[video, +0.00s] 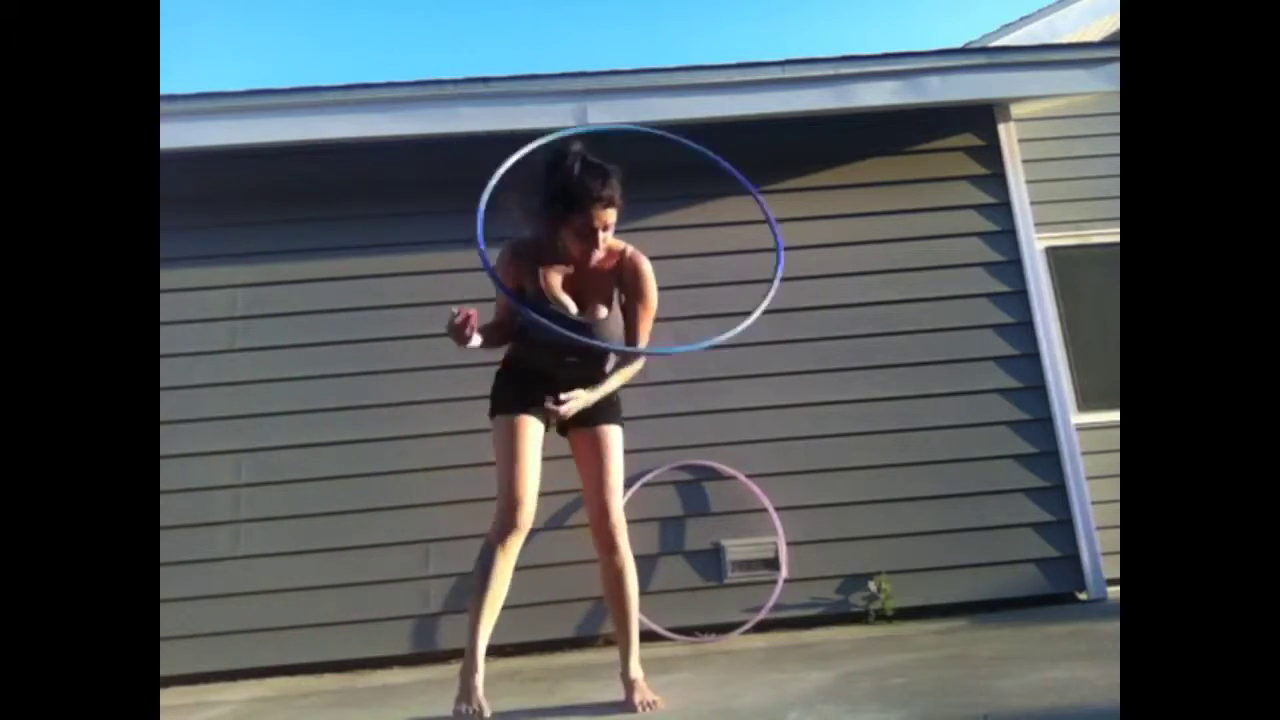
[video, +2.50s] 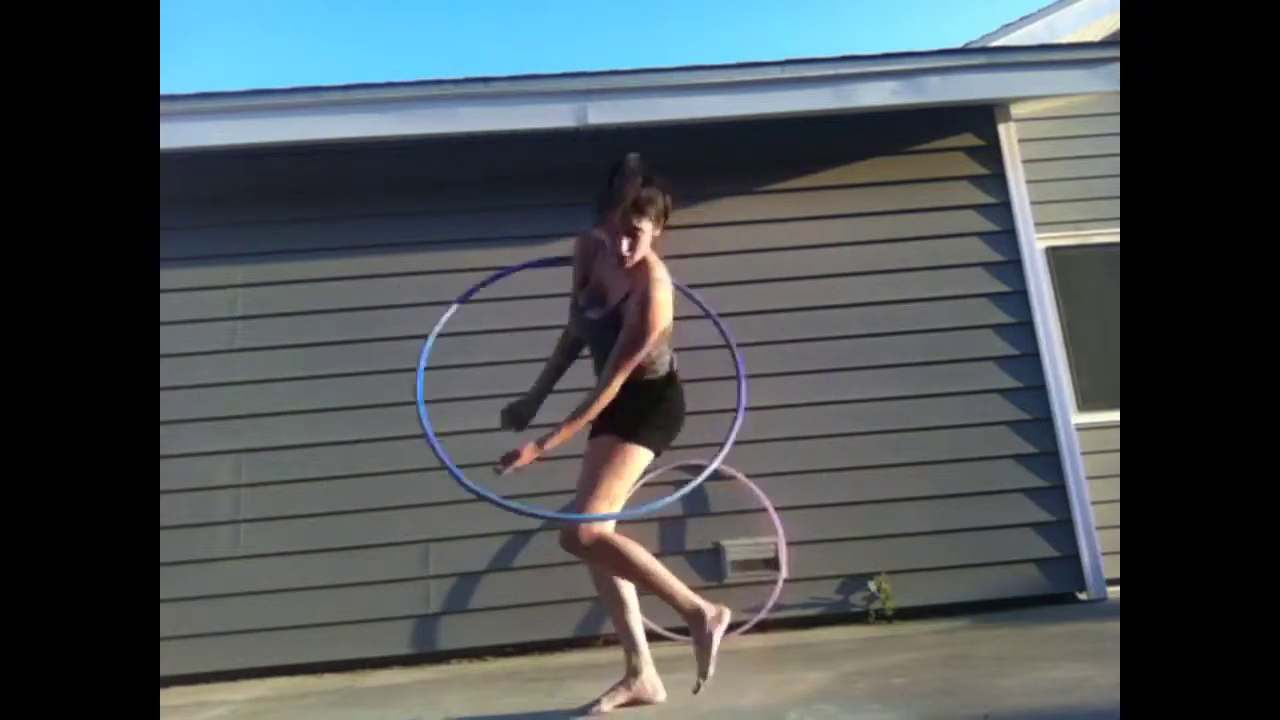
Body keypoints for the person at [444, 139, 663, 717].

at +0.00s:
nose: (599, 240)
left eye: (608, 228)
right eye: (587, 229)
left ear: (617, 217)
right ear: (558, 219)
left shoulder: (631, 267)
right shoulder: (523, 257)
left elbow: (637, 354)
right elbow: (504, 330)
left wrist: (590, 395)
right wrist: (475, 335)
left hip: (599, 384)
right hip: (526, 378)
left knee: (611, 527)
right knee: (515, 517)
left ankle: (633, 669)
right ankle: (473, 668)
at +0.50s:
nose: (602, 252)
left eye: (611, 241)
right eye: (592, 242)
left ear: (626, 224)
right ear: (568, 224)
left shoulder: (650, 270)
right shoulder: (539, 270)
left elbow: (659, 337)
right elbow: (530, 345)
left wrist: (650, 379)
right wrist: (545, 369)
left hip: (628, 380)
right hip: (563, 381)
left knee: (622, 519)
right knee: (578, 515)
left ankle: (635, 668)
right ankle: (582, 663)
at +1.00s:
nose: (615, 272)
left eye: (623, 262)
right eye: (604, 263)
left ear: (639, 247)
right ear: (583, 251)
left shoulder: (653, 273)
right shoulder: (556, 295)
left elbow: (643, 332)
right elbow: (556, 384)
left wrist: (669, 328)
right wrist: (564, 462)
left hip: (619, 390)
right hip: (558, 398)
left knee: (637, 521)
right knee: (584, 530)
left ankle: (648, 664)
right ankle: (601, 674)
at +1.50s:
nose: (640, 272)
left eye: (648, 260)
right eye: (628, 263)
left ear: (660, 244)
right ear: (603, 247)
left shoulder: (680, 290)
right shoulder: (575, 267)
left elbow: (674, 378)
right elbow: (559, 320)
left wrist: (626, 432)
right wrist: (535, 316)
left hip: (661, 387)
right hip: (596, 390)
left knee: (705, 515)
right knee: (602, 532)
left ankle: (765, 655)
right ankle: (606, 676)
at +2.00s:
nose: (729, 269)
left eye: (734, 259)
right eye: (721, 262)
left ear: (735, 251)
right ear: (695, 249)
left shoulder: (735, 263)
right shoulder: (656, 301)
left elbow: (736, 277)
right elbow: (655, 383)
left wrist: (771, 274)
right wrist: (714, 437)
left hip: (710, 384)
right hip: (651, 393)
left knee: (751, 510)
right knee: (654, 533)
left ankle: (770, 661)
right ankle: (615, 674)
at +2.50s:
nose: (624, 244)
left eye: (635, 235)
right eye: (618, 231)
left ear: (656, 232)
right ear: (605, 222)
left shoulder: (652, 289)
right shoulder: (591, 248)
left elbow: (612, 386)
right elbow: (576, 331)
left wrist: (541, 446)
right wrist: (533, 398)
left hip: (651, 398)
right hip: (614, 394)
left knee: (587, 529)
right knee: (589, 534)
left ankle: (702, 613)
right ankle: (642, 676)